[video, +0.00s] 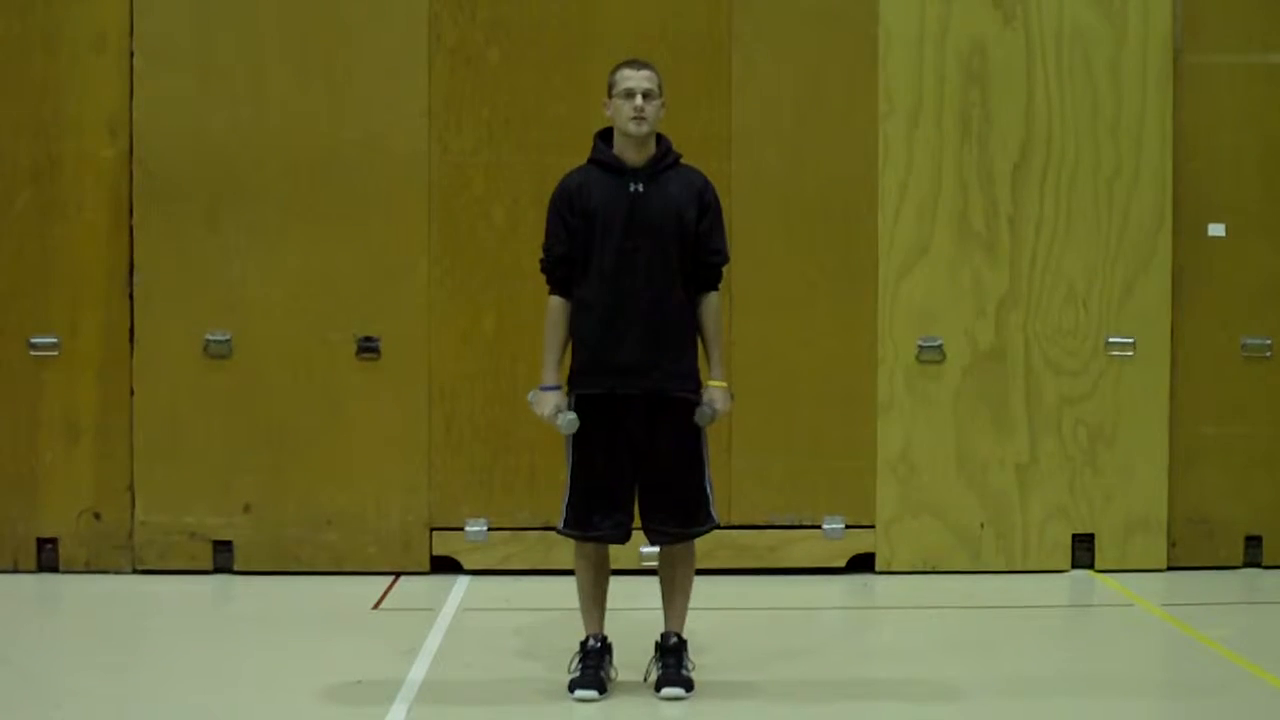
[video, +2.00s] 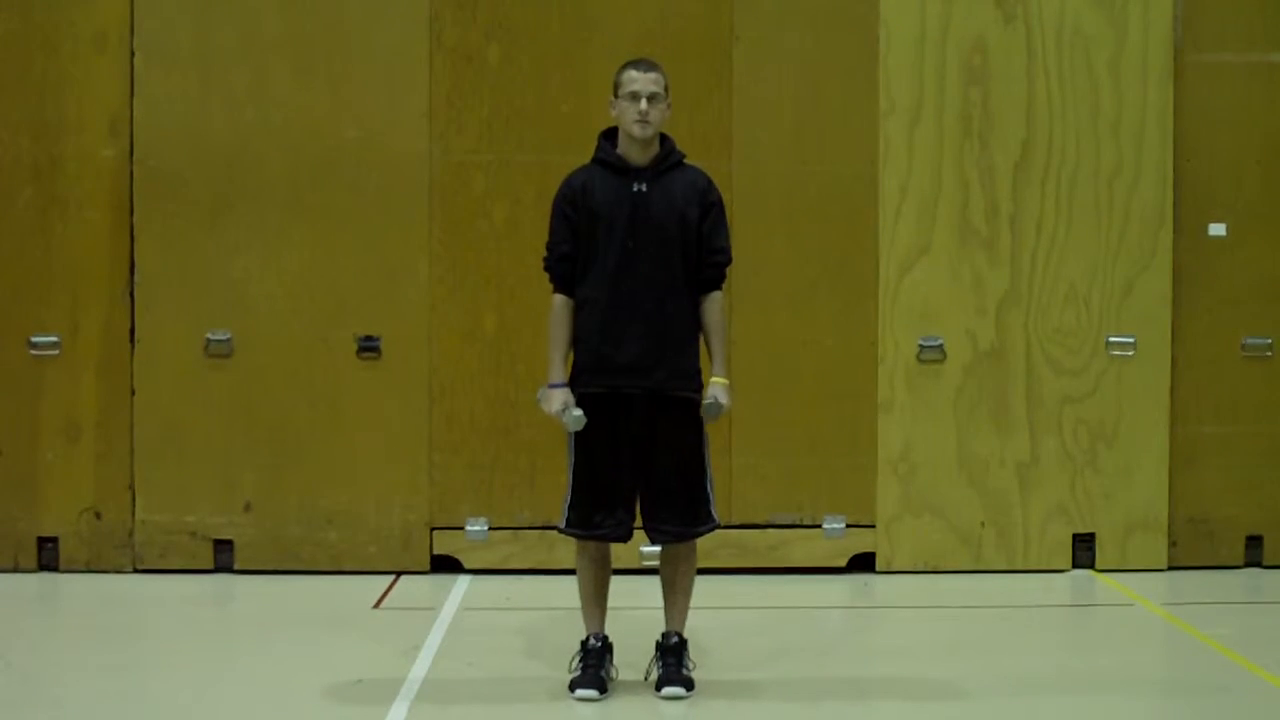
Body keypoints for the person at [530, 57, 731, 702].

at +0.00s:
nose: (639, 105)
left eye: (649, 96)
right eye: (628, 95)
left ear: (663, 108)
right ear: (608, 107)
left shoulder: (693, 188)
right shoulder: (577, 188)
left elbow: (709, 289)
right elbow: (560, 292)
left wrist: (717, 375)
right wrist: (551, 381)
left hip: (672, 384)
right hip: (597, 384)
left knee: (677, 523)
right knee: (592, 521)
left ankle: (673, 648)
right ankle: (593, 647)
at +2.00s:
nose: (644, 108)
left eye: (655, 99)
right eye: (634, 98)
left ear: (669, 109)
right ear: (613, 107)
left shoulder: (696, 188)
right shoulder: (580, 188)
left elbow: (711, 289)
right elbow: (563, 291)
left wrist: (719, 373)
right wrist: (556, 379)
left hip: (674, 384)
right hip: (599, 384)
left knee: (679, 523)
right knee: (594, 522)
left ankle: (673, 647)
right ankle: (594, 647)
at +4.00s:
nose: (622, 152)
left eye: (630, 140)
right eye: (616, 141)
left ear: (661, 122)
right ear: (611, 133)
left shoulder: (718, 192)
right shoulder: (601, 192)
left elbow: (734, 291)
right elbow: (584, 286)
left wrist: (733, 379)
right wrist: (567, 369)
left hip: (689, 389)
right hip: (615, 387)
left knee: (686, 525)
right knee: (610, 522)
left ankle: (676, 648)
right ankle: (610, 646)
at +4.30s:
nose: (572, 174)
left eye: (576, 160)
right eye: (565, 164)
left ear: (607, 139)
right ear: (577, 152)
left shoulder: (679, 193)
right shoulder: (580, 204)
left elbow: (706, 293)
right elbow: (594, 291)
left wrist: (702, 387)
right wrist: (597, 369)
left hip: (665, 387)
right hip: (597, 383)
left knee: (673, 525)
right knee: (564, 514)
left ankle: (675, 650)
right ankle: (555, 648)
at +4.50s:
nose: (529, 190)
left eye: (529, 175)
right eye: (520, 180)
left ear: (557, 148)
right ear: (536, 162)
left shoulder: (634, 200)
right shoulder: (553, 211)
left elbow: (661, 302)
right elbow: (572, 300)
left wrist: (646, 397)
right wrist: (567, 376)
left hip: (635, 393)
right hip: (568, 388)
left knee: (652, 531)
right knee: (519, 517)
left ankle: (672, 650)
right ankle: (466, 642)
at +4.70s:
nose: (449, 205)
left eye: (448, 192)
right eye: (442, 197)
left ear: (476, 165)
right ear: (462, 177)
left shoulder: (559, 208)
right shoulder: (489, 221)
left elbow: (587, 310)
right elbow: (518, 310)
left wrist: (573, 404)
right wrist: (515, 383)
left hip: (586, 397)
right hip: (520, 397)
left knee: (623, 532)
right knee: (475, 526)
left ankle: (667, 648)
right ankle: (435, 652)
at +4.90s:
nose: (366, 220)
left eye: (362, 208)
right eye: (358, 213)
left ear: (383, 179)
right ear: (379, 189)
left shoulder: (477, 207)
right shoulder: (413, 227)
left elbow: (518, 305)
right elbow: (451, 317)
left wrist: (509, 402)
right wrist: (446, 389)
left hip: (531, 391)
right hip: (471, 392)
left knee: (559, 521)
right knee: (443, 524)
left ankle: (637, 625)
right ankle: (432, 653)